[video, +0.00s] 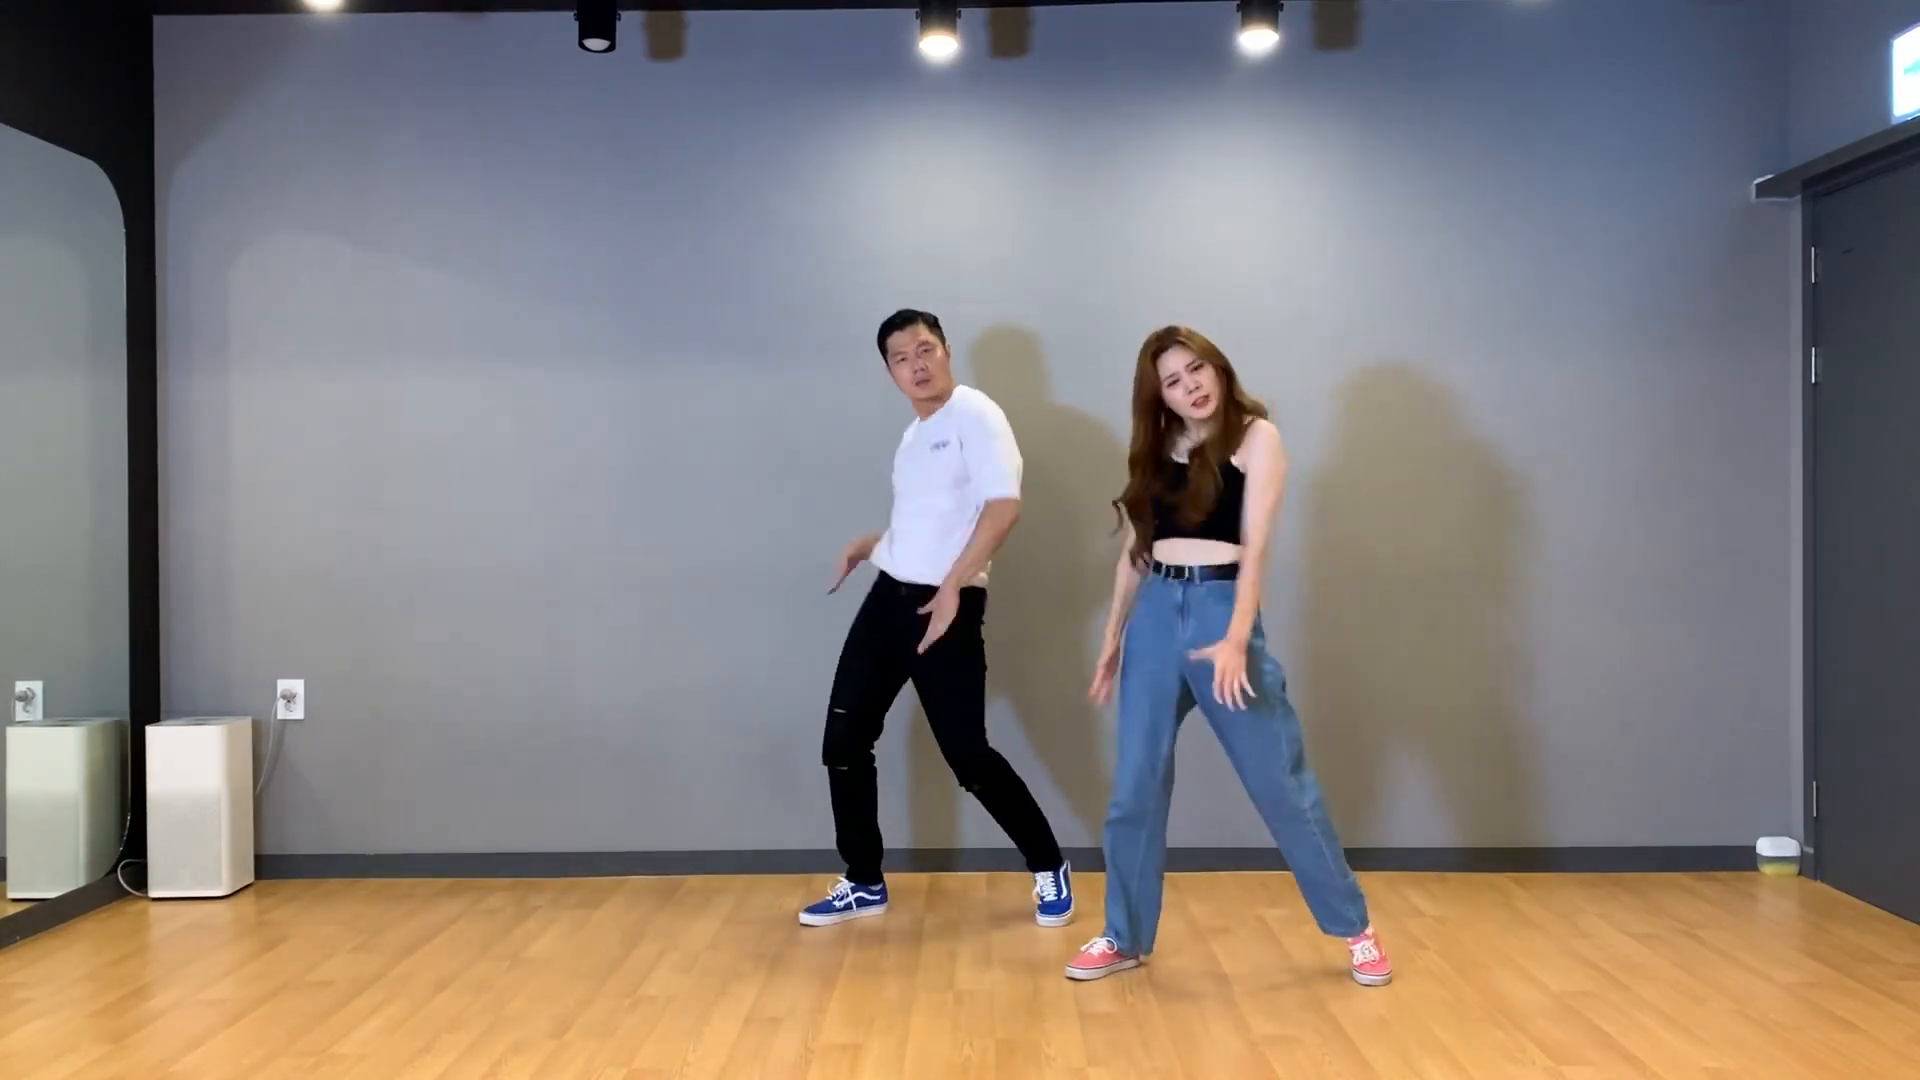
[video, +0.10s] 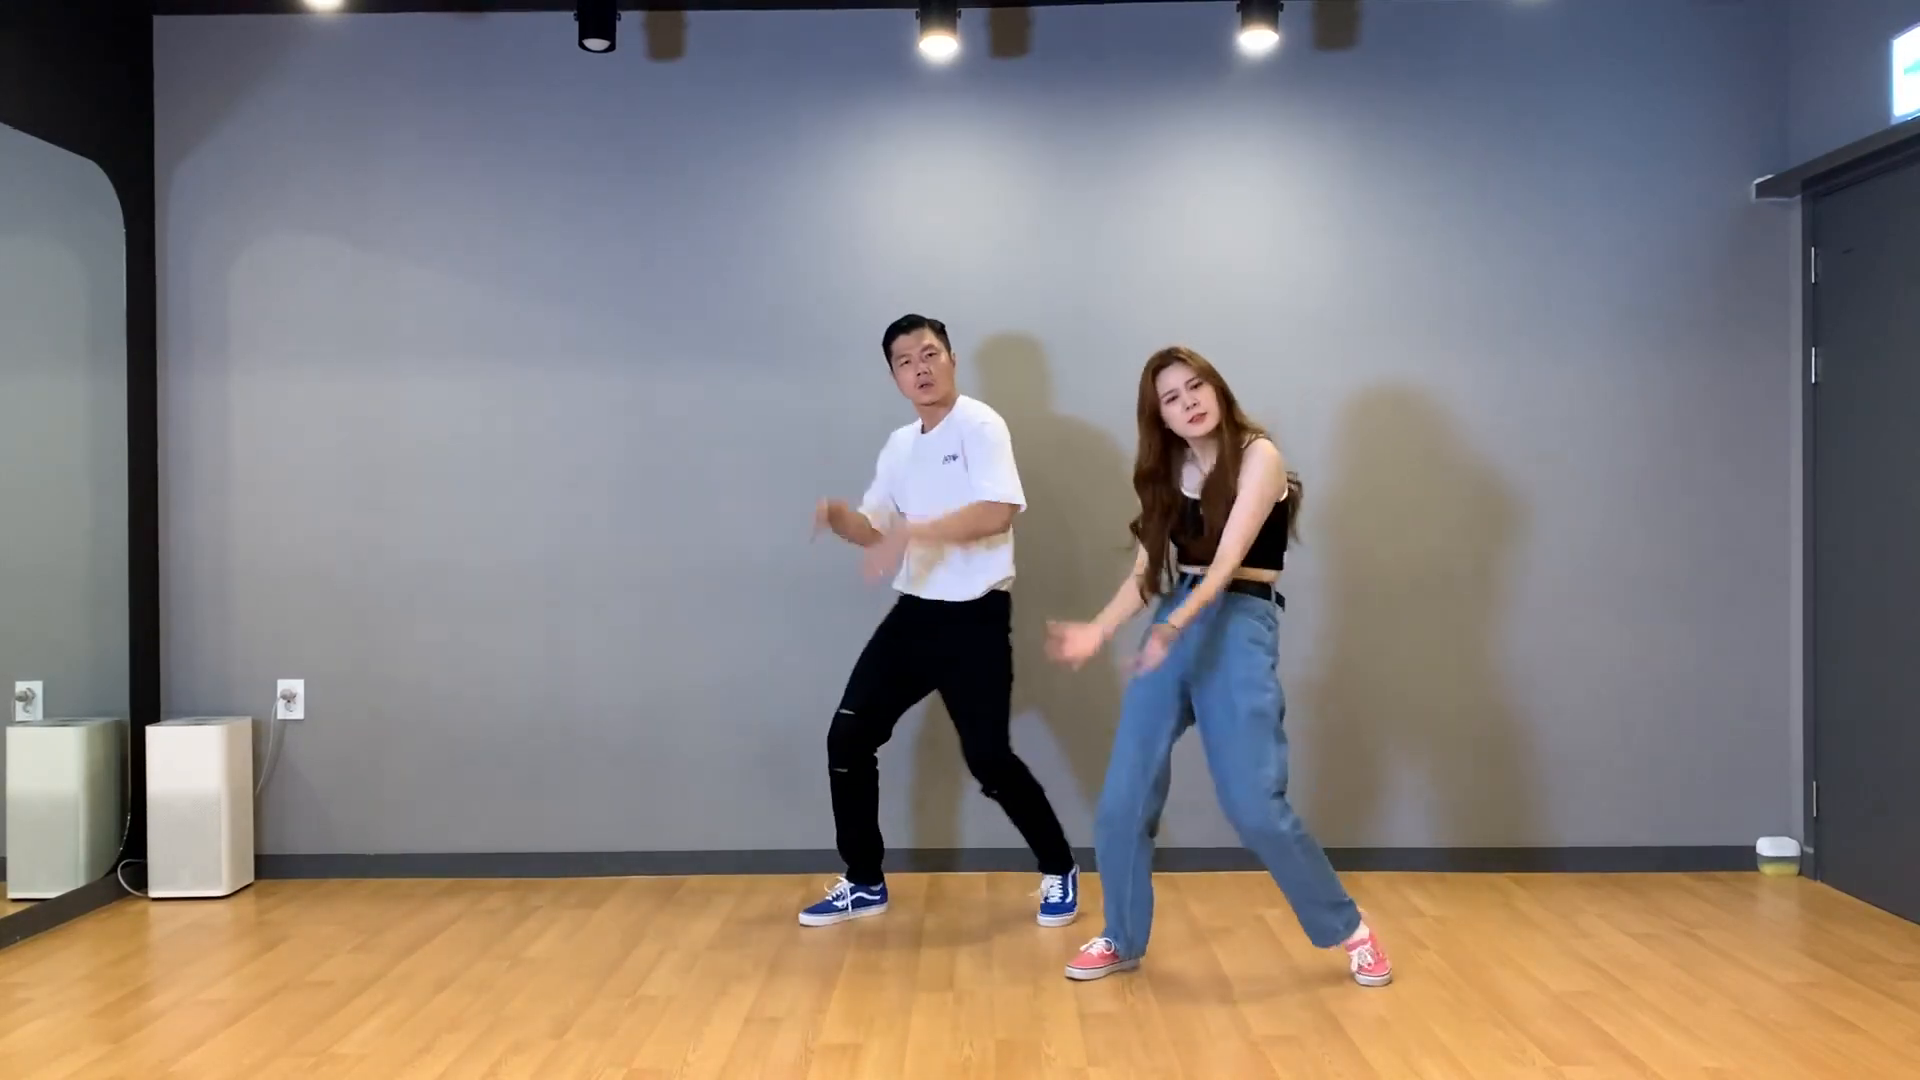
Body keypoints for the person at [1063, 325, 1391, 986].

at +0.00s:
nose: (1191, 385)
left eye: (1196, 368)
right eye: (1174, 381)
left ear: (1217, 368)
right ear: (1161, 396)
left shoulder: (1257, 439)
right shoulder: (1158, 450)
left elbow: (1254, 550)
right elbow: (1134, 553)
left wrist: (1236, 639)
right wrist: (1113, 639)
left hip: (1226, 612)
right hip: (1153, 613)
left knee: (1282, 781)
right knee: (1137, 781)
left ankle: (1355, 928)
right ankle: (1124, 935)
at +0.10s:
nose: (1189, 402)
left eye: (1195, 386)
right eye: (1172, 399)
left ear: (1217, 388)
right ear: (1161, 417)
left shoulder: (1259, 457)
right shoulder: (1169, 477)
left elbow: (1227, 562)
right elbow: (1147, 567)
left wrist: (1171, 628)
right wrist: (1098, 628)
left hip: (1237, 619)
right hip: (1167, 618)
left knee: (1254, 805)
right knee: (1126, 793)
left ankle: (1349, 929)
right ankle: (1122, 938)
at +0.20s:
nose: (1183, 407)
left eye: (1190, 391)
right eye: (1166, 403)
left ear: (1214, 395)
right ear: (1156, 421)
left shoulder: (1256, 462)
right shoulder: (1167, 482)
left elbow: (1208, 557)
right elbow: (1136, 566)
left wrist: (1139, 532)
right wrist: (1084, 526)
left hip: (1262, 640)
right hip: (1199, 639)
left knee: (1276, 809)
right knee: (1134, 791)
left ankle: (1367, 930)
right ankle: (1119, 939)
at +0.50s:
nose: (1191, 415)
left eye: (1198, 398)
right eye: (1175, 410)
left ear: (1223, 398)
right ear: (1164, 422)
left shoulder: (1266, 459)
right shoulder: (1182, 472)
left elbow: (1195, 527)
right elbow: (1135, 537)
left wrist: (1161, 447)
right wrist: (1108, 455)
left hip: (1251, 629)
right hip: (1192, 626)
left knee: (1263, 808)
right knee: (1127, 789)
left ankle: (1364, 924)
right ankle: (1121, 938)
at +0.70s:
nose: (1185, 398)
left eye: (1194, 382)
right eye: (1171, 389)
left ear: (1222, 384)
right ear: (1162, 403)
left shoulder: (1257, 445)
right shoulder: (1163, 456)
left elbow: (1253, 473)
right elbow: (1064, 478)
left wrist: (1221, 422)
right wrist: (1104, 420)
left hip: (1256, 633)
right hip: (1190, 632)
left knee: (1300, 793)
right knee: (1136, 788)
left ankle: (1386, 933)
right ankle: (1119, 938)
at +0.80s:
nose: (1189, 390)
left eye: (1201, 377)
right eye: (1175, 381)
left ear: (1223, 385)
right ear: (1159, 394)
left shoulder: (1256, 446)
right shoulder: (1147, 447)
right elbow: (1054, 437)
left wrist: (1293, 456)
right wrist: (1094, 476)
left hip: (1265, 644)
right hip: (1190, 645)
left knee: (1316, 800)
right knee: (1138, 782)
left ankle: (1383, 934)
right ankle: (1125, 934)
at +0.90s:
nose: (1214, 387)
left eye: (1225, 373)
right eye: (1198, 378)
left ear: (1246, 380)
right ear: (1181, 392)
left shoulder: (1280, 429)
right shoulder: (1165, 459)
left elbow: (1350, 503)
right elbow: (1094, 539)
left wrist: (1308, 572)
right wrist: (1053, 629)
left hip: (1265, 636)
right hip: (1183, 634)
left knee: (1311, 793)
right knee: (1115, 776)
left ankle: (1335, 931)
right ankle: (1119, 932)